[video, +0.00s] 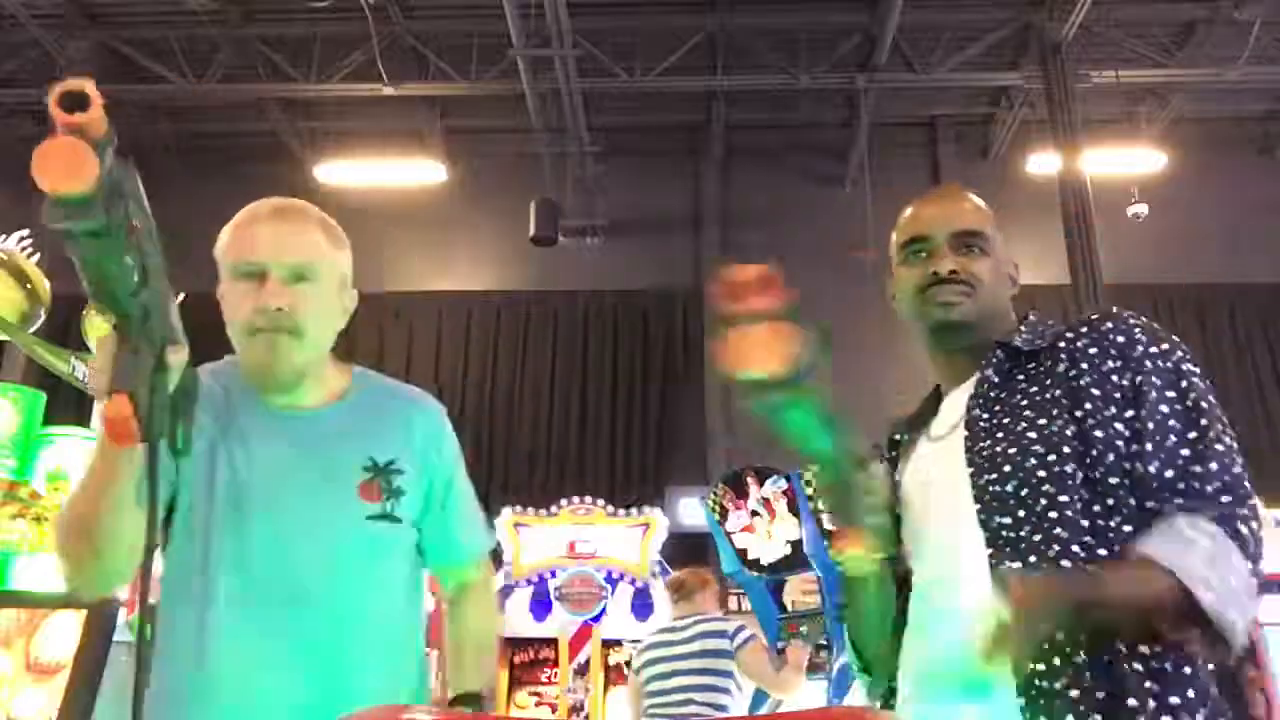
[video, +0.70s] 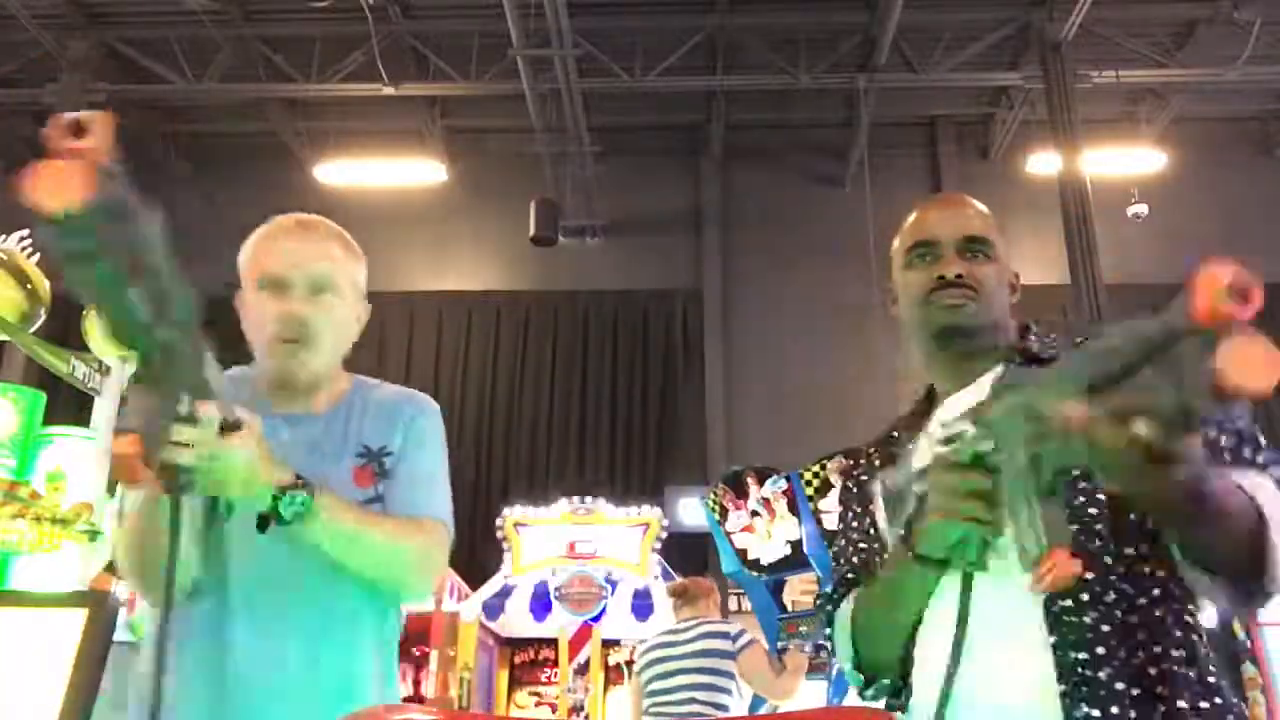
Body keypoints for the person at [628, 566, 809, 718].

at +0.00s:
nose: (719, 607)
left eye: (718, 599)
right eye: (716, 599)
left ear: (672, 602)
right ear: (705, 595)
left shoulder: (645, 645)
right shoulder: (728, 628)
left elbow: (637, 712)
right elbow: (782, 687)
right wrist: (797, 663)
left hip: (659, 715)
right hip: (712, 713)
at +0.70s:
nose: (722, 610)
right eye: (720, 604)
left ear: (675, 610)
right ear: (713, 600)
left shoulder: (646, 648)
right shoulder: (730, 633)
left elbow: (637, 713)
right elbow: (779, 692)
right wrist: (797, 667)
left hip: (658, 714)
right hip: (710, 712)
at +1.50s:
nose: (718, 608)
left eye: (716, 603)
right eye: (716, 603)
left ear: (672, 610)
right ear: (711, 600)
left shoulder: (645, 649)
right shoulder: (729, 632)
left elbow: (637, 712)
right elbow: (783, 681)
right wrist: (794, 644)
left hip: (659, 714)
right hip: (713, 713)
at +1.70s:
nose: (721, 612)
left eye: (718, 607)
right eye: (719, 607)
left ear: (675, 612)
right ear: (715, 606)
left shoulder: (648, 649)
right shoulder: (731, 634)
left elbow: (645, 703)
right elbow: (789, 684)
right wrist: (800, 655)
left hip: (659, 715)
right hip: (712, 712)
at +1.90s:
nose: (725, 606)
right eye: (723, 600)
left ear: (678, 610)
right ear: (718, 599)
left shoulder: (652, 647)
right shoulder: (735, 635)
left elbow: (649, 702)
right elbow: (790, 685)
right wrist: (799, 657)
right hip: (715, 713)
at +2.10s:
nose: (728, 608)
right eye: (725, 602)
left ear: (681, 611)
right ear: (721, 603)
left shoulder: (654, 646)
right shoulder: (738, 636)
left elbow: (650, 700)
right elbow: (796, 687)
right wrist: (796, 652)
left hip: (662, 714)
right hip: (716, 712)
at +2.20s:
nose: (728, 608)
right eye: (726, 603)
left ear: (682, 612)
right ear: (721, 604)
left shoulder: (655, 646)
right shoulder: (739, 636)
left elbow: (650, 699)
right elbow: (795, 686)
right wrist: (800, 654)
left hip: (662, 715)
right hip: (715, 713)